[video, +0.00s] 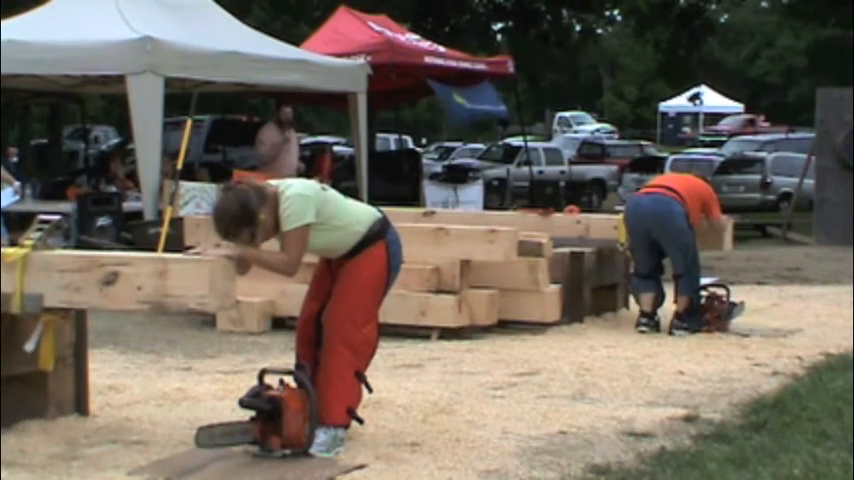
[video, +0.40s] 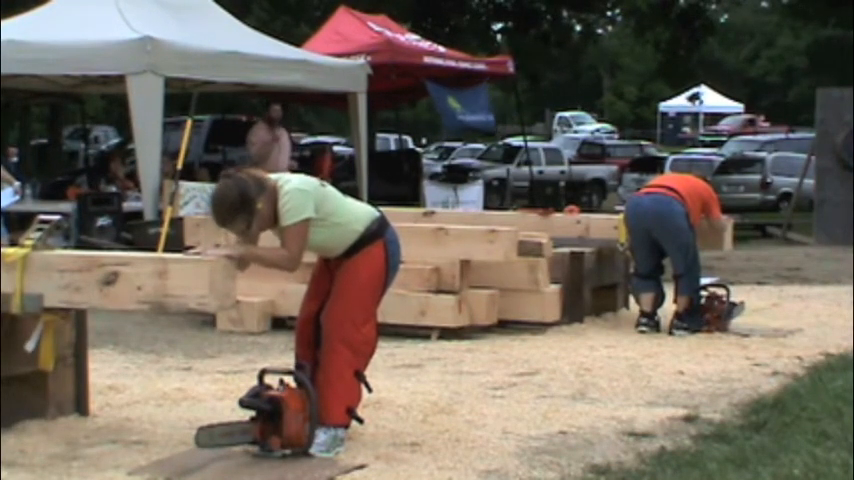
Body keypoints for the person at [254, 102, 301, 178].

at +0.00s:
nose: (287, 116)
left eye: (289, 113)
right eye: (284, 113)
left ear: (292, 115)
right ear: (278, 114)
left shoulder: (292, 133)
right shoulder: (267, 131)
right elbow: (262, 158)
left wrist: (297, 165)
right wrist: (282, 143)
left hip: (288, 177)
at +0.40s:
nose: (277, 114)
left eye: (279, 111)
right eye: (274, 111)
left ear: (282, 113)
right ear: (268, 112)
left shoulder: (283, 132)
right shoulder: (257, 130)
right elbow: (254, 157)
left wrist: (289, 164)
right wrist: (271, 142)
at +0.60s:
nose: (271, 115)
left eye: (273, 112)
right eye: (268, 112)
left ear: (276, 114)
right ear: (261, 113)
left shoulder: (279, 133)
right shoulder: (250, 131)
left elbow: (284, 157)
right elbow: (244, 157)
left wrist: (286, 165)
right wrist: (262, 143)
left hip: (275, 176)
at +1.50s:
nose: (272, 116)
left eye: (274, 112)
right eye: (269, 112)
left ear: (277, 114)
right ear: (262, 113)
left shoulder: (285, 133)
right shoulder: (250, 132)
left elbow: (293, 154)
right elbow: (243, 157)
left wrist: (284, 165)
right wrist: (258, 143)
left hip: (277, 178)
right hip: (253, 177)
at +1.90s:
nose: (279, 122)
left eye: (282, 119)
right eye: (276, 119)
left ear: (286, 118)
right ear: (271, 118)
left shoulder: (295, 133)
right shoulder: (259, 133)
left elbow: (304, 154)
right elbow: (250, 160)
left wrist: (294, 166)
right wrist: (264, 149)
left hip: (287, 180)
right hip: (263, 179)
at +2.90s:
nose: (270, 119)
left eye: (273, 116)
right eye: (268, 116)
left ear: (277, 115)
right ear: (263, 115)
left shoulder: (285, 131)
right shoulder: (251, 130)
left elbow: (294, 152)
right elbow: (241, 155)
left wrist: (287, 164)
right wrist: (257, 146)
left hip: (278, 177)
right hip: (254, 176)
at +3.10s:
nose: (266, 119)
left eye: (268, 116)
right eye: (263, 115)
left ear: (272, 115)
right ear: (257, 114)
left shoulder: (279, 132)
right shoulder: (246, 131)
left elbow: (288, 152)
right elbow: (236, 156)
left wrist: (282, 165)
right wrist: (252, 147)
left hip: (273, 177)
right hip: (249, 177)